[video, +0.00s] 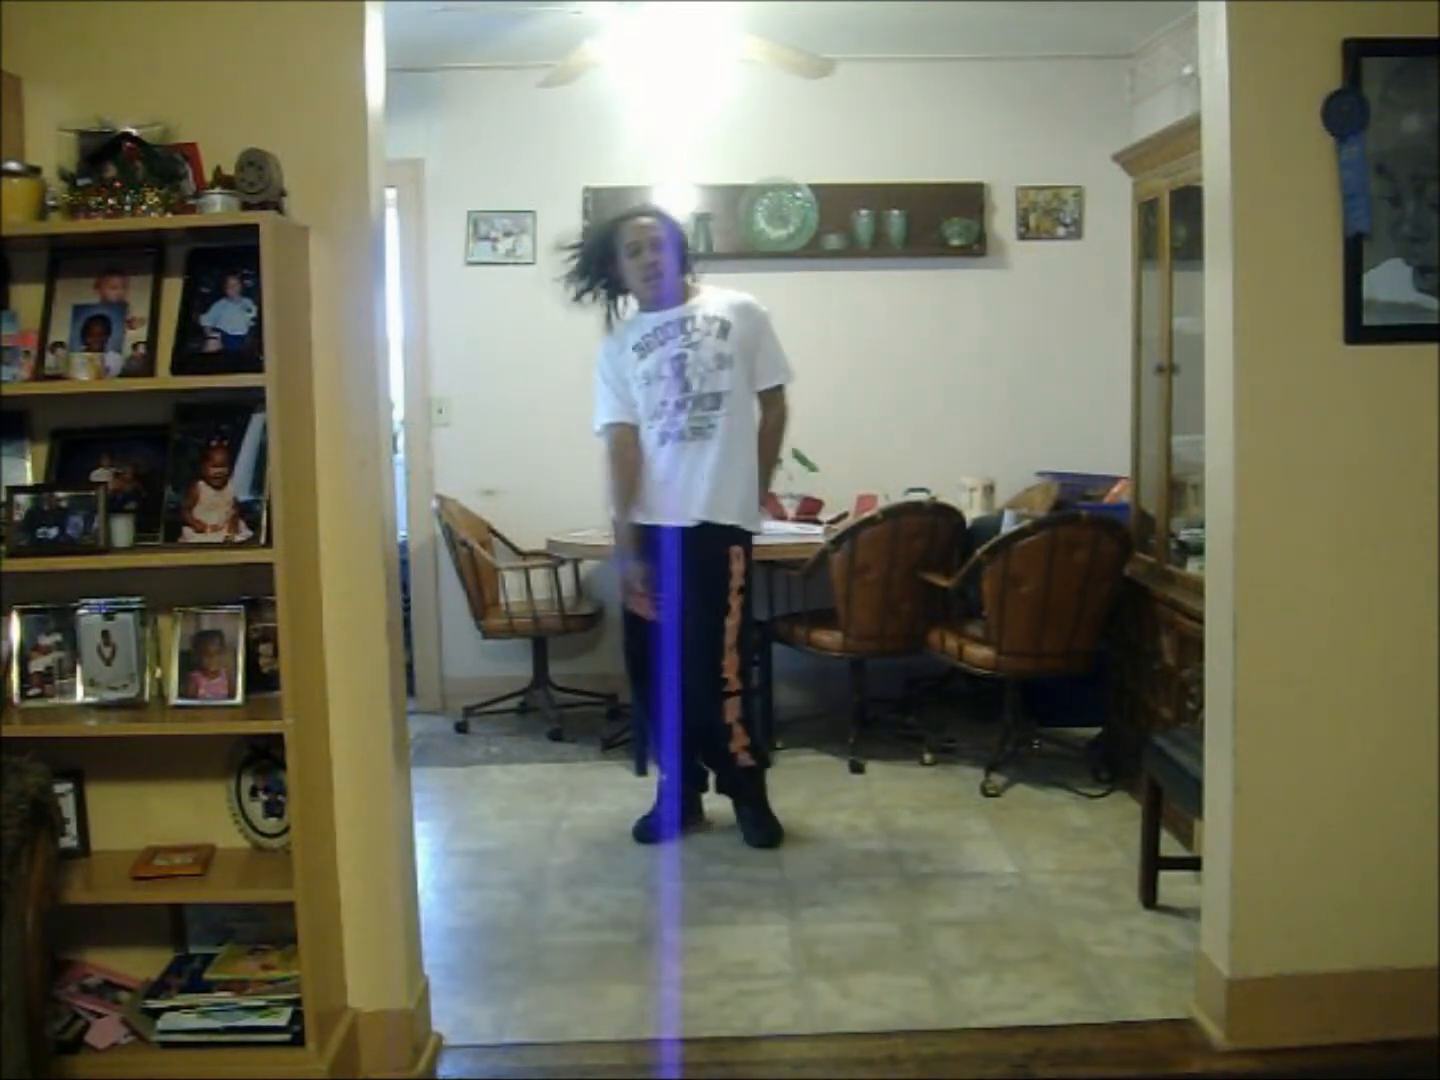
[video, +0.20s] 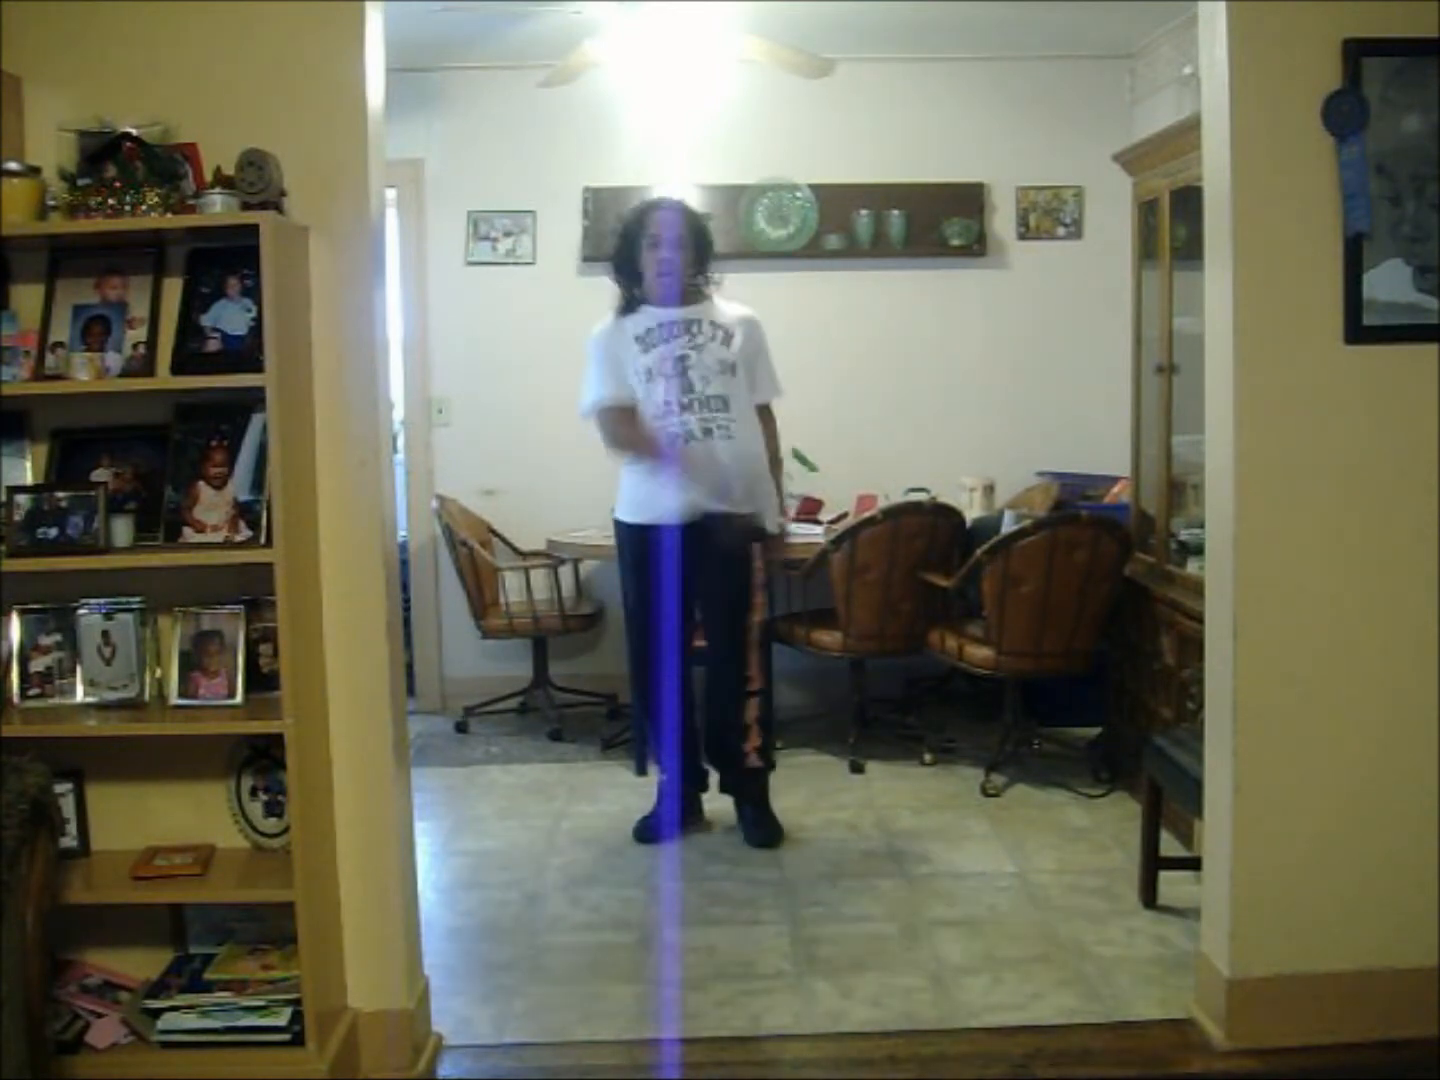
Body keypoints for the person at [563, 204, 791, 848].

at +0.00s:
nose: (651, 259)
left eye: (659, 246)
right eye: (636, 251)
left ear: (682, 253)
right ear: (617, 269)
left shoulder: (738, 315)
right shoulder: (618, 347)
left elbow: (774, 407)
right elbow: (622, 445)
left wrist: (756, 486)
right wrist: (626, 546)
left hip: (726, 511)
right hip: (654, 517)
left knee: (727, 659)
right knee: (663, 663)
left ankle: (749, 793)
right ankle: (679, 791)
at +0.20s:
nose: (668, 256)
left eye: (680, 244)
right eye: (655, 244)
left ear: (700, 254)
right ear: (634, 256)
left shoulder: (739, 327)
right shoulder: (614, 337)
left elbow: (764, 425)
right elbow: (614, 423)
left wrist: (775, 508)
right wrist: (654, 446)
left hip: (733, 512)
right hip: (651, 516)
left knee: (736, 654)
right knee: (659, 656)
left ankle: (749, 789)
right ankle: (678, 790)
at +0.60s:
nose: (702, 268)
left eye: (716, 257)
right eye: (691, 257)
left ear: (739, 267)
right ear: (674, 267)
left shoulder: (775, 347)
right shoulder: (647, 342)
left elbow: (773, 462)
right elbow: (630, 438)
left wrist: (752, 556)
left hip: (756, 513)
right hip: (677, 514)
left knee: (762, 660)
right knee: (661, 651)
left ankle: (753, 788)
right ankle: (652, 772)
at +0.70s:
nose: (709, 278)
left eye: (722, 266)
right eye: (697, 266)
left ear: (745, 274)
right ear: (676, 275)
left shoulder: (780, 346)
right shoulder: (647, 348)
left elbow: (780, 460)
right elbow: (612, 452)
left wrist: (755, 553)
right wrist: (593, 547)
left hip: (761, 517)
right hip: (679, 517)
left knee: (760, 661)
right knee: (664, 653)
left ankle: (753, 789)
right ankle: (649, 775)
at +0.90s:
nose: (702, 262)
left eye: (714, 249)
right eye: (688, 249)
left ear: (737, 257)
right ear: (667, 258)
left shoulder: (775, 335)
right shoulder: (637, 336)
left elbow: (786, 449)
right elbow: (632, 437)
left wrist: (759, 542)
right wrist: (645, 515)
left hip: (751, 522)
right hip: (669, 525)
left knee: (750, 669)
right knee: (669, 681)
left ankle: (753, 791)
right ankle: (658, 838)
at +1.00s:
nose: (694, 249)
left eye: (707, 238)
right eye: (680, 238)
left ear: (727, 255)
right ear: (657, 256)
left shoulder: (762, 346)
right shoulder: (626, 340)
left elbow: (775, 466)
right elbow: (622, 447)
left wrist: (743, 558)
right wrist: (638, 520)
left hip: (737, 533)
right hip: (652, 535)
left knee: (746, 676)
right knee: (662, 697)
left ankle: (751, 789)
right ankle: (653, 861)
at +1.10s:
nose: (687, 244)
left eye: (702, 236)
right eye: (673, 236)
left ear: (724, 259)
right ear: (652, 260)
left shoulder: (759, 347)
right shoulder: (618, 344)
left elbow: (769, 468)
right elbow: (611, 452)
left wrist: (737, 561)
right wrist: (625, 531)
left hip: (734, 537)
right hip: (649, 537)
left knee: (743, 679)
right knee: (660, 700)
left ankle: (750, 788)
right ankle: (652, 864)